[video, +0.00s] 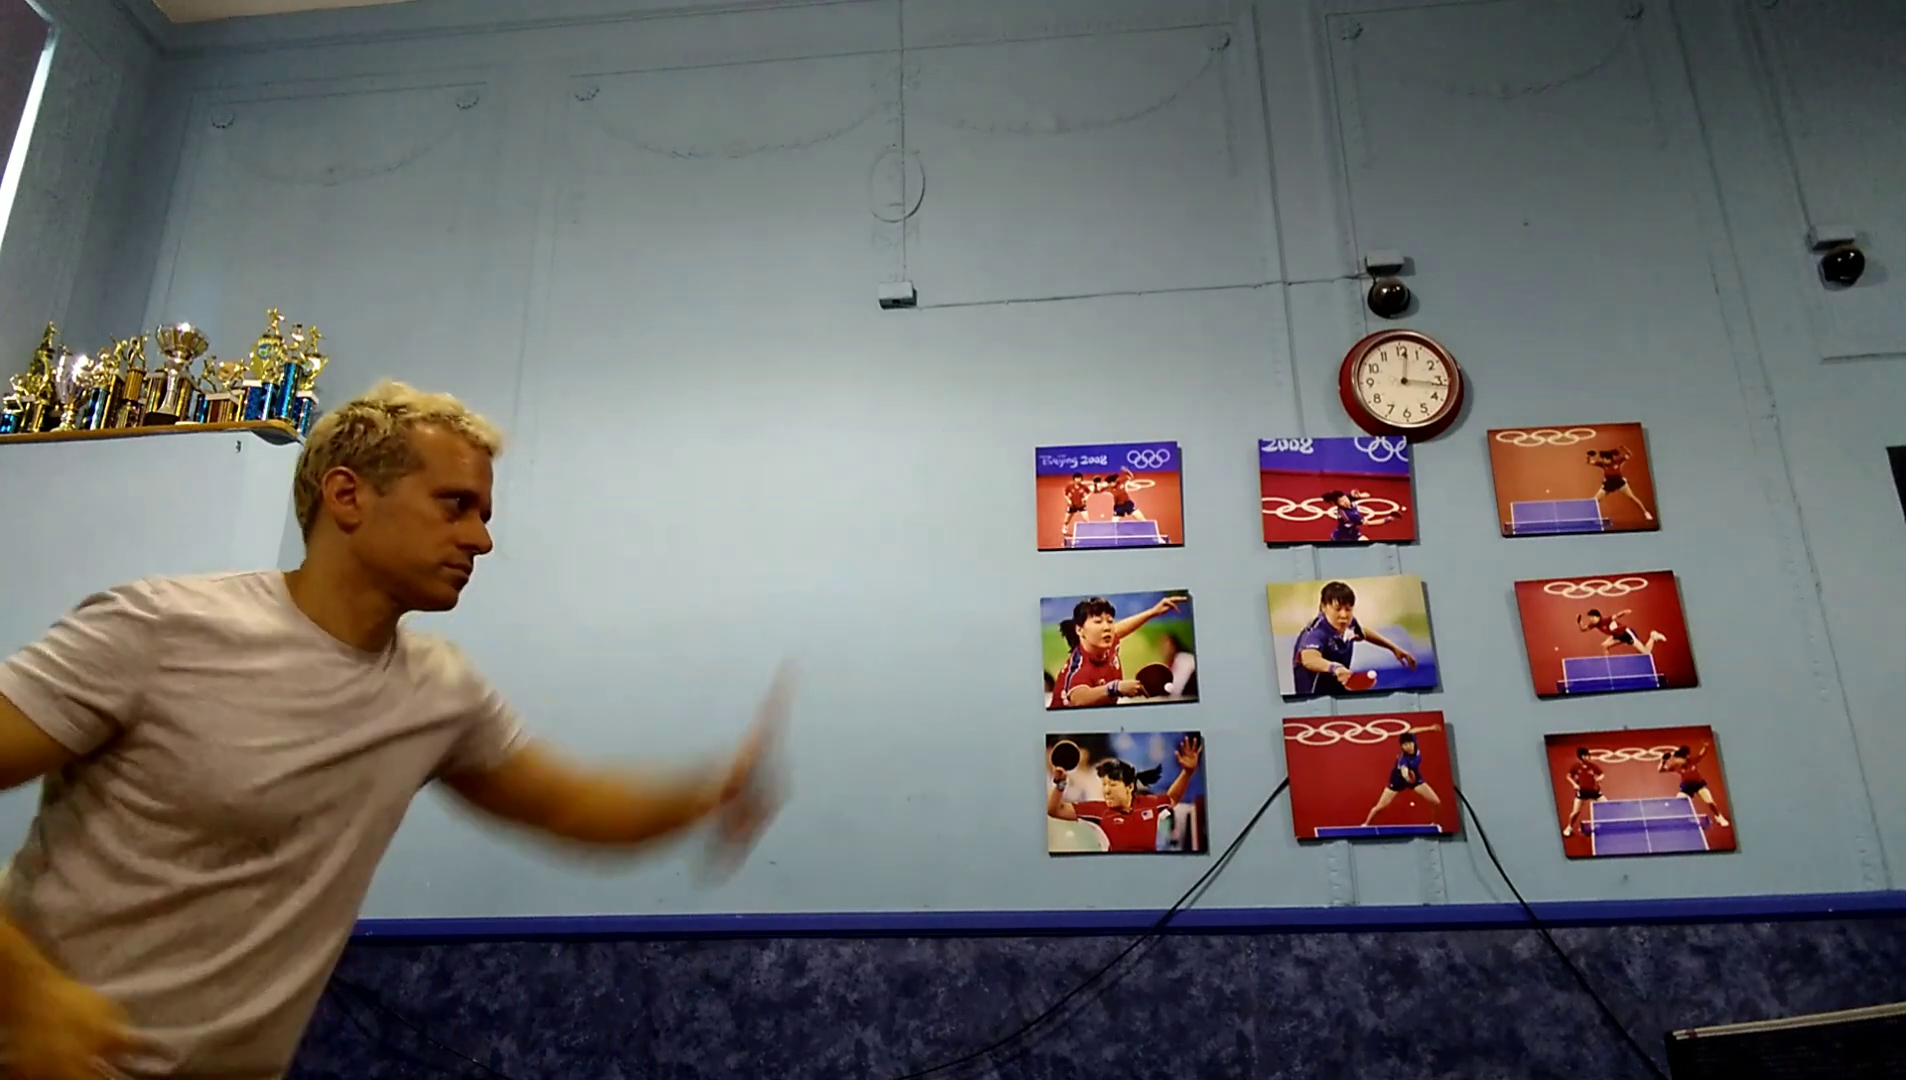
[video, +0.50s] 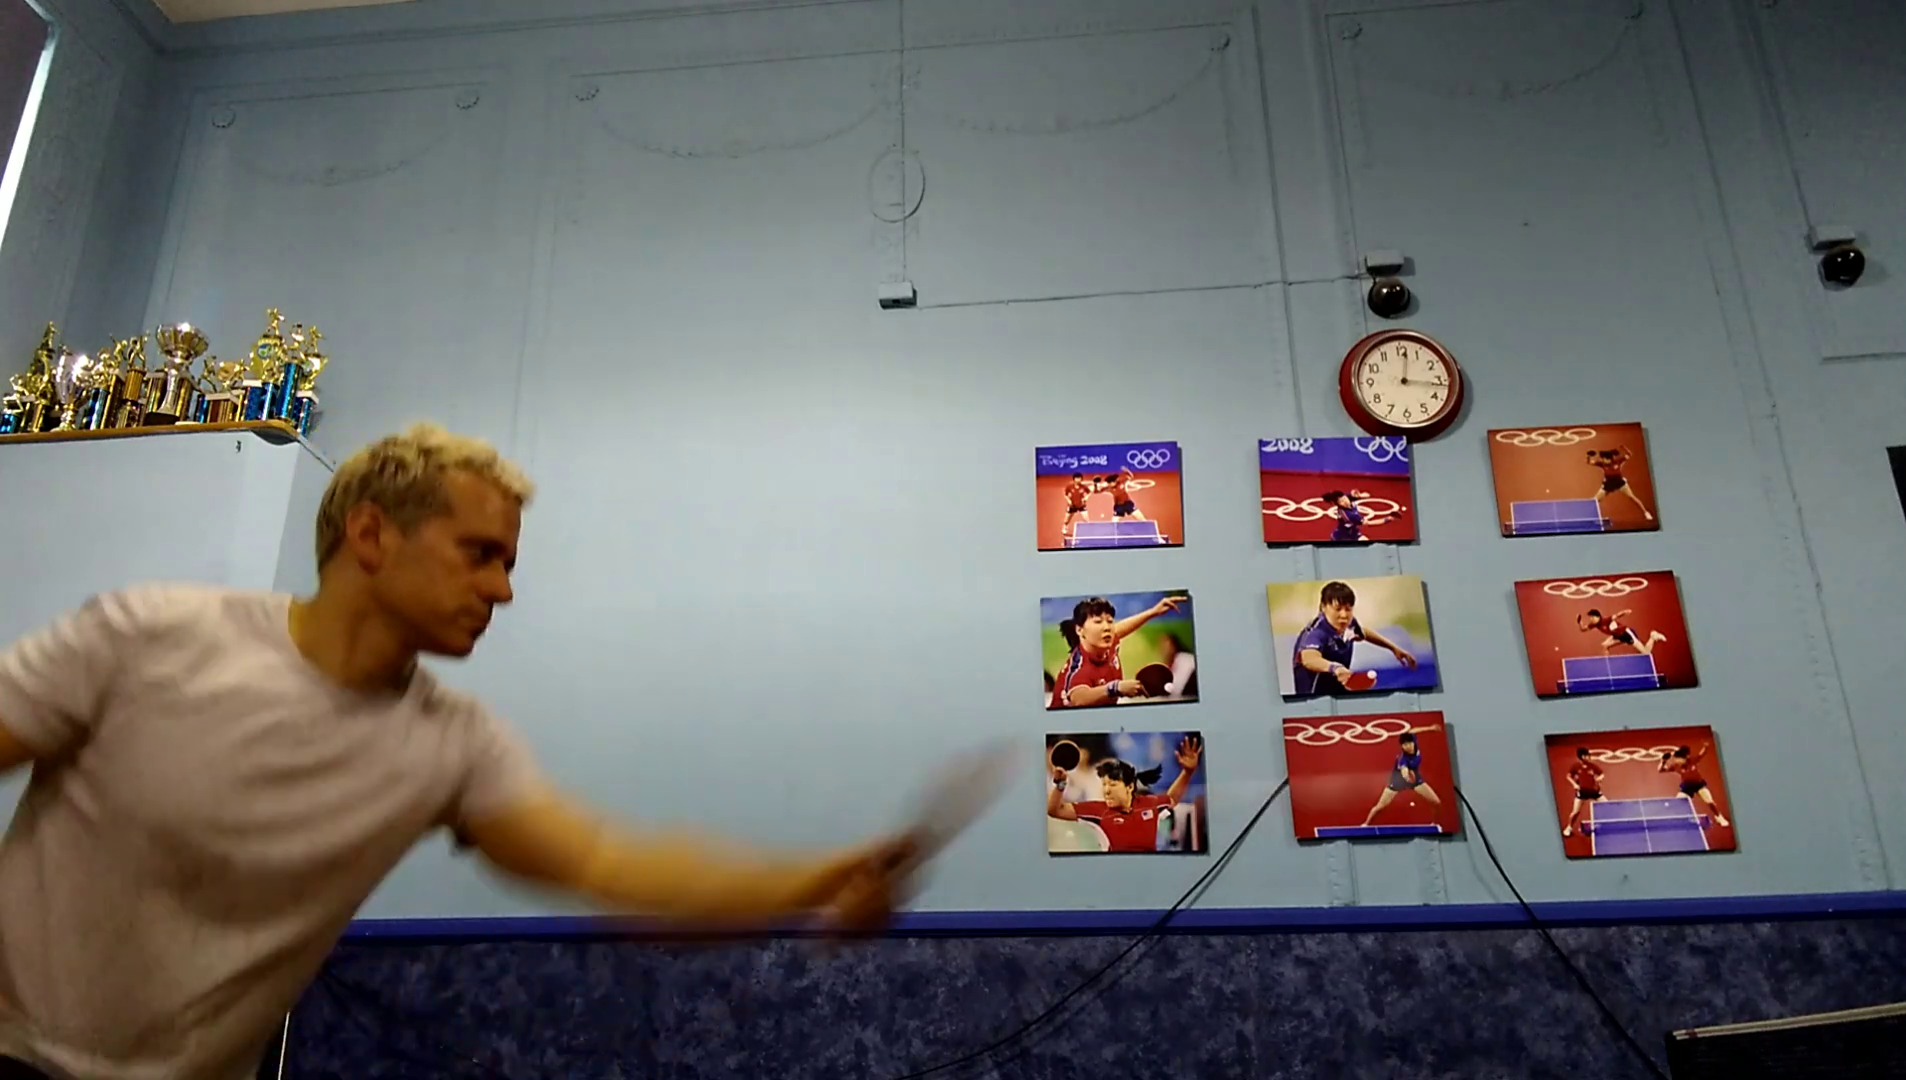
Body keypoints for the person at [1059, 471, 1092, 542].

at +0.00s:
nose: (1078, 481)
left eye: (1079, 479)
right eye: (1077, 479)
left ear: (1081, 480)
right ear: (1074, 480)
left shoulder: (1083, 487)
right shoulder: (1070, 487)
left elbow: (1089, 492)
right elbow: (1065, 494)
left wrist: (1085, 498)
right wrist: (1068, 501)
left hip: (1081, 505)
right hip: (1072, 505)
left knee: (1086, 519)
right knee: (1066, 520)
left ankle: (1090, 531)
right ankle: (1064, 529)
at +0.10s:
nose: (1078, 481)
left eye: (1079, 479)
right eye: (1077, 479)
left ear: (1081, 480)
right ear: (1074, 480)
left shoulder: (1083, 487)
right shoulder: (1069, 487)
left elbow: (1089, 492)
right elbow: (1065, 494)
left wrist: (1085, 498)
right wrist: (1068, 501)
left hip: (1081, 505)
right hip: (1072, 505)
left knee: (1086, 519)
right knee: (1067, 520)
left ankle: (1090, 531)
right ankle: (1064, 529)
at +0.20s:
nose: (1078, 480)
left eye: (1079, 479)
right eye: (1077, 479)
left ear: (1081, 479)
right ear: (1074, 479)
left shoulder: (1083, 487)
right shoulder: (1069, 487)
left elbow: (1089, 492)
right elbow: (1065, 494)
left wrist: (1085, 498)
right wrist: (1068, 501)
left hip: (1081, 505)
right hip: (1072, 505)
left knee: (1086, 519)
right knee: (1066, 520)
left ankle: (1089, 531)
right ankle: (1064, 529)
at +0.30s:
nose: (1078, 481)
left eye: (1079, 479)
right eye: (1077, 479)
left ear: (1081, 479)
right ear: (1074, 479)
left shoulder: (1083, 487)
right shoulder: (1070, 487)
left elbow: (1089, 492)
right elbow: (1065, 494)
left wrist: (1085, 498)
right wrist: (1068, 501)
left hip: (1081, 505)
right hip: (1072, 505)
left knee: (1086, 519)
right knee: (1066, 520)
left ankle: (1089, 531)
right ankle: (1064, 529)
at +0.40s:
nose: (1078, 481)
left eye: (1079, 479)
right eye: (1077, 479)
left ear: (1081, 479)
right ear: (1074, 479)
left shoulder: (1083, 487)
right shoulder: (1070, 487)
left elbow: (1089, 492)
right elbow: (1065, 494)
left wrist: (1085, 498)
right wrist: (1068, 501)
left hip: (1081, 505)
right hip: (1072, 505)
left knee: (1086, 519)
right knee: (1066, 520)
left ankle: (1090, 531)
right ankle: (1064, 529)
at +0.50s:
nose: (1078, 480)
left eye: (1079, 479)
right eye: (1076, 479)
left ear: (1081, 479)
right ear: (1074, 480)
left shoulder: (1083, 487)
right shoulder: (1070, 487)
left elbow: (1089, 492)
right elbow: (1065, 494)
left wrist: (1085, 498)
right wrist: (1068, 501)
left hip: (1081, 505)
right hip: (1072, 505)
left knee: (1086, 519)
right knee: (1066, 520)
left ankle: (1090, 531)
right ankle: (1064, 529)